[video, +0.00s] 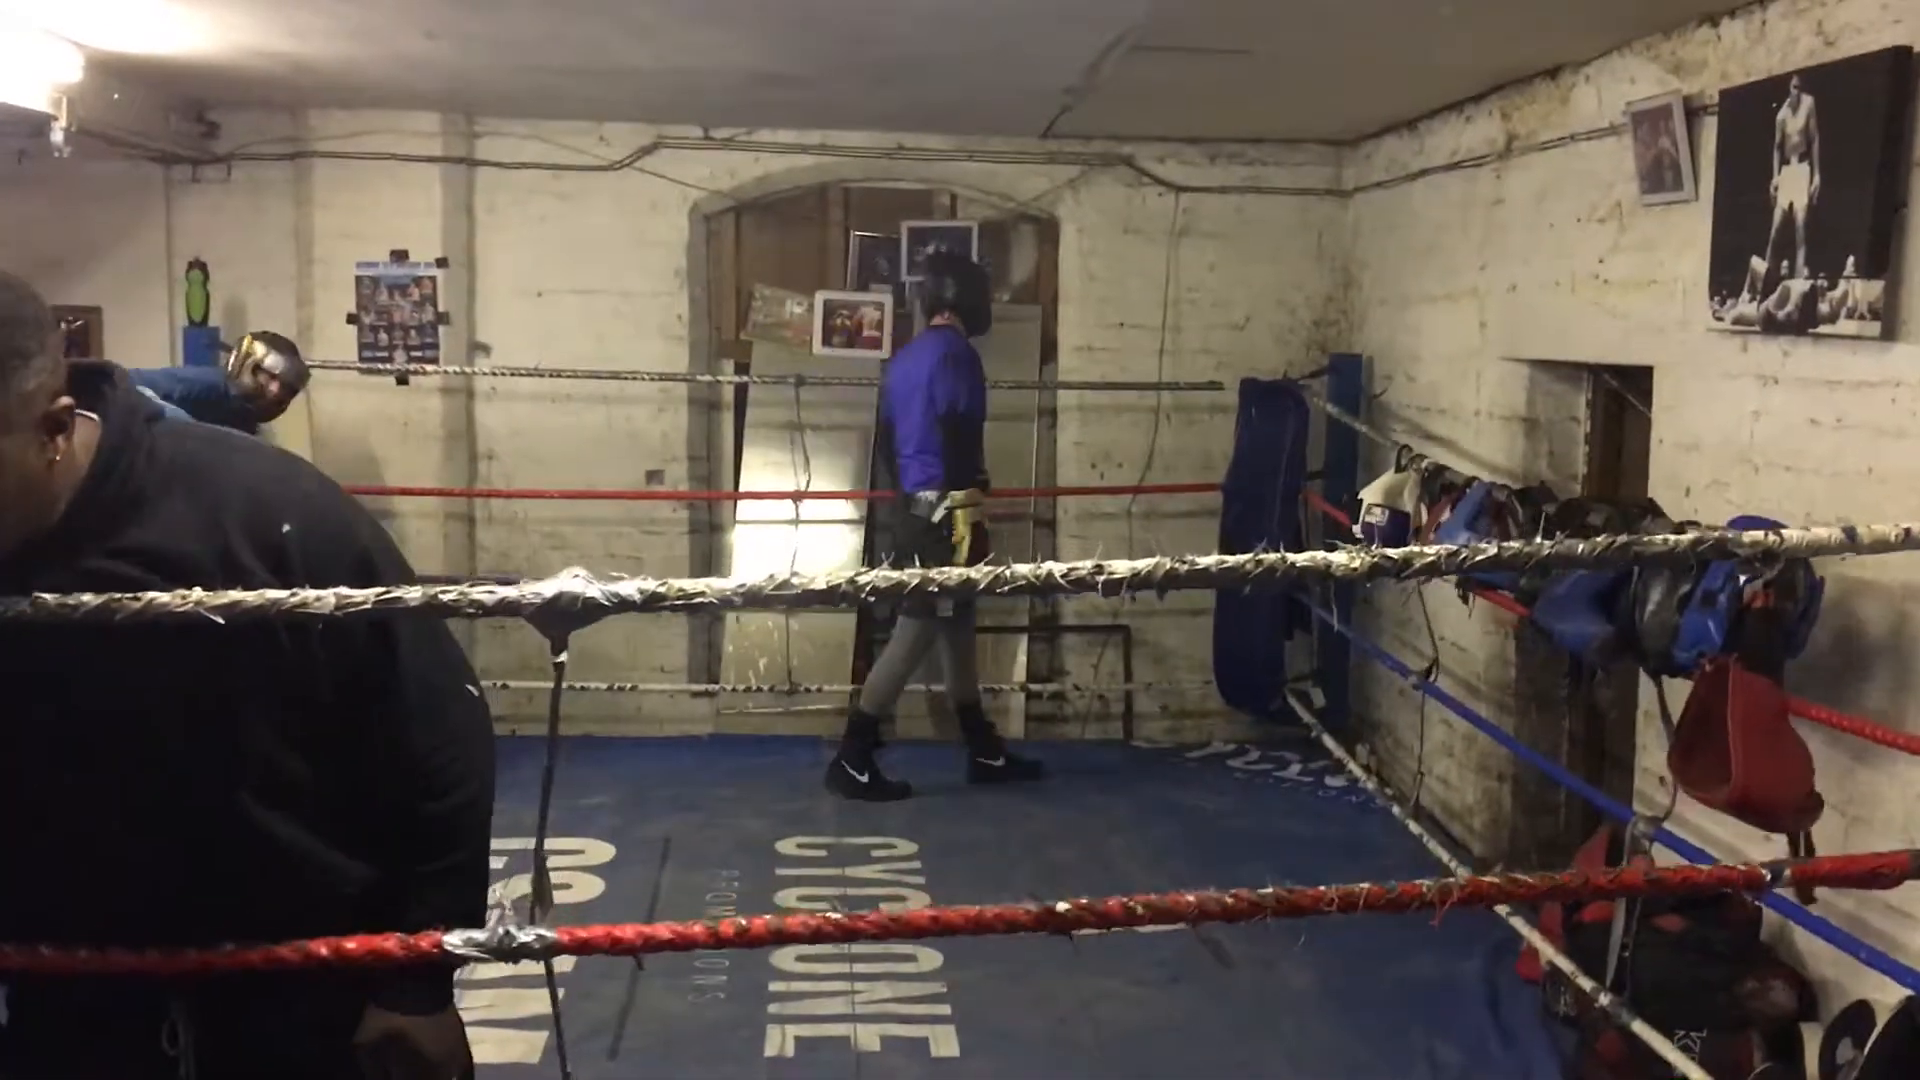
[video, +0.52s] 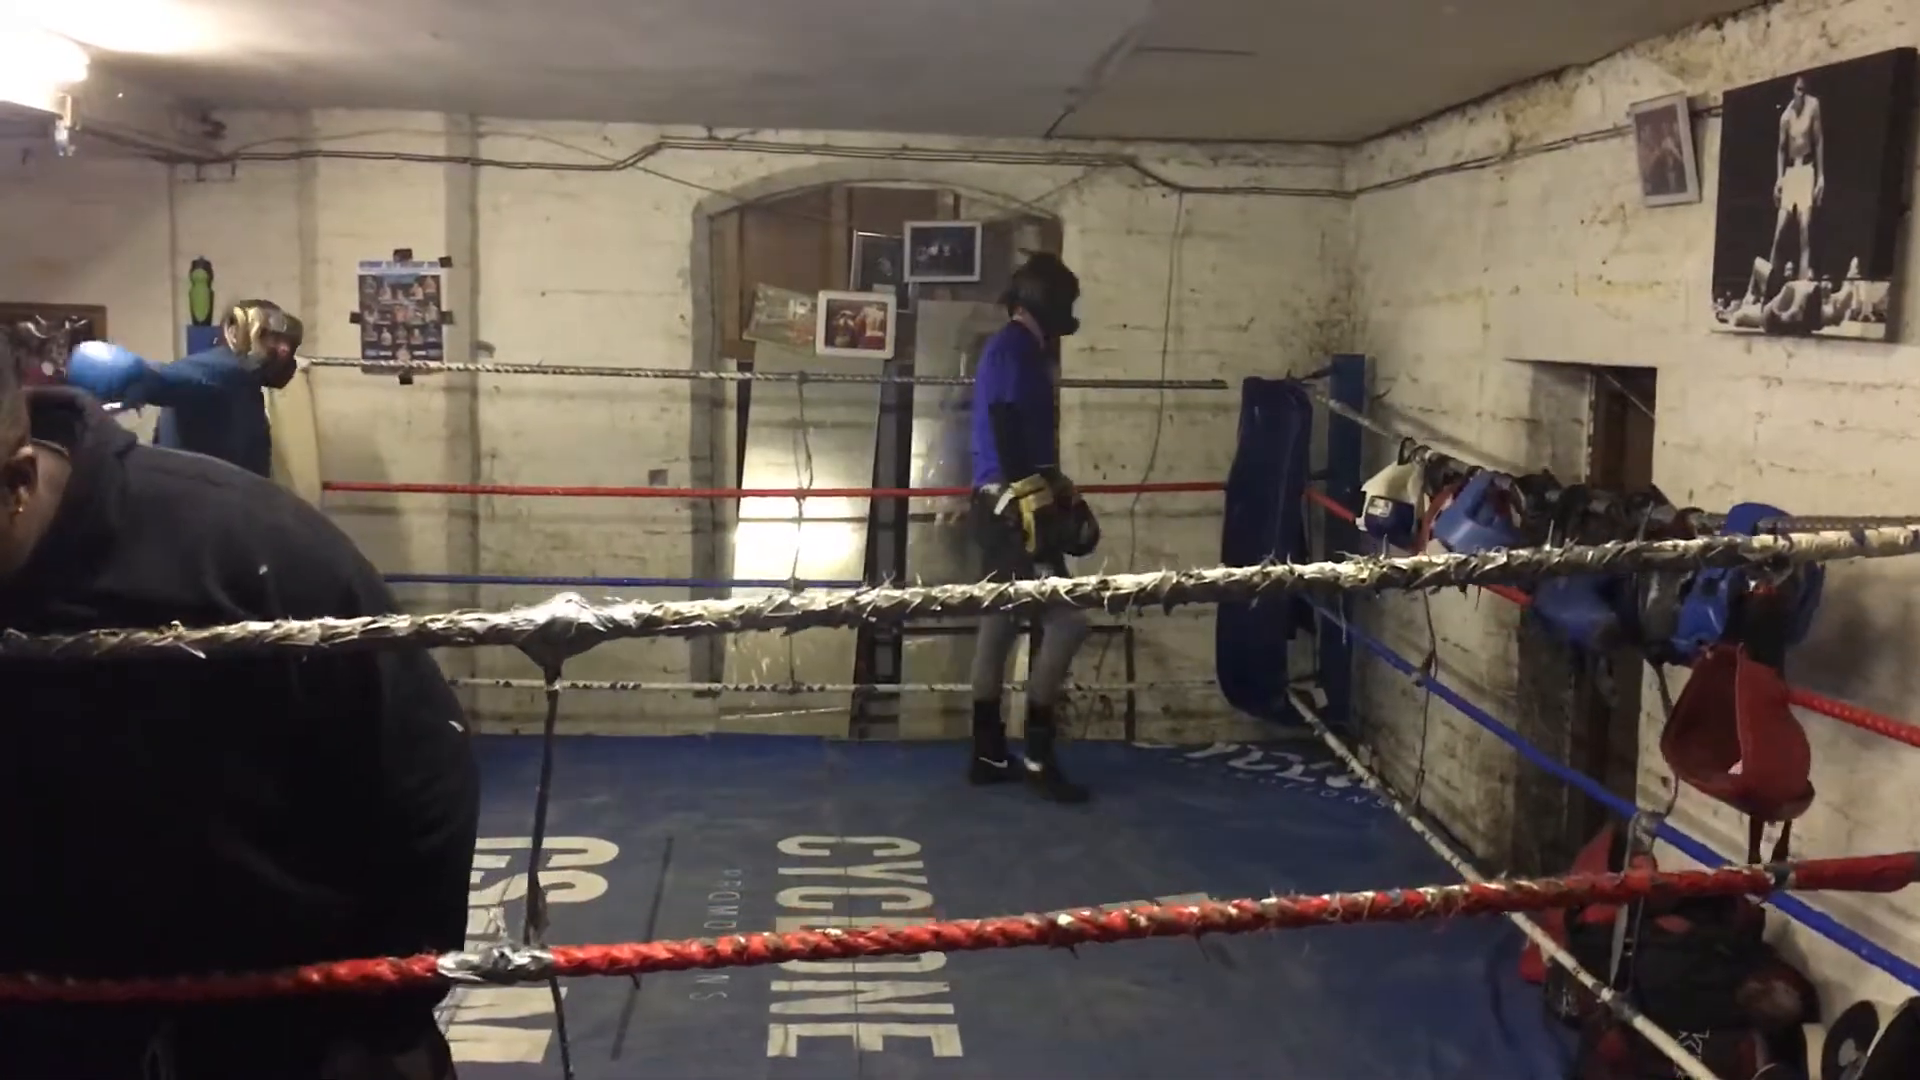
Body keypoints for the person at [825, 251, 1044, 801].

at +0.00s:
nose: (991, 308)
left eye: (988, 296)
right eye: (986, 297)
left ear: (933, 304)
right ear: (964, 302)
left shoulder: (900, 361)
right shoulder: (958, 356)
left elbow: (889, 448)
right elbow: (961, 438)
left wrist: (900, 505)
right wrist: (971, 510)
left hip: (913, 509)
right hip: (941, 511)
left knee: (958, 633)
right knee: (912, 638)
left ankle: (984, 752)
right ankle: (853, 759)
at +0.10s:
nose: (1010, 305)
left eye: (1006, 293)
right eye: (1004, 294)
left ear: (956, 299)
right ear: (986, 298)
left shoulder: (934, 352)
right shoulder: (972, 348)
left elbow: (912, 430)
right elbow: (968, 425)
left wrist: (924, 492)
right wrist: (978, 502)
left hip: (942, 504)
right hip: (968, 506)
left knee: (977, 628)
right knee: (962, 628)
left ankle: (987, 751)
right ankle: (876, 736)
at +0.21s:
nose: (1026, 310)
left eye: (1023, 299)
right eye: (1020, 300)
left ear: (971, 303)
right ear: (1001, 303)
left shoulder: (951, 350)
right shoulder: (984, 349)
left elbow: (929, 419)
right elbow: (979, 421)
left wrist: (941, 484)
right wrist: (995, 494)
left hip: (952, 501)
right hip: (981, 503)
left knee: (976, 629)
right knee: (993, 633)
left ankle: (987, 751)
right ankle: (902, 725)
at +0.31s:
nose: (1039, 310)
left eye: (1037, 299)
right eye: (1035, 299)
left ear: (992, 299)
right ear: (1014, 301)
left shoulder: (972, 351)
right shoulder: (996, 352)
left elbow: (939, 405)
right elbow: (988, 421)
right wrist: (1014, 498)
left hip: (973, 499)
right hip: (996, 503)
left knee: (983, 622)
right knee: (1032, 628)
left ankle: (989, 749)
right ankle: (937, 721)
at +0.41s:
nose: (1055, 310)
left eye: (1053, 299)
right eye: (1050, 298)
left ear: (1007, 297)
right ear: (1031, 298)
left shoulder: (1005, 349)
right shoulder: (1001, 348)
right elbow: (1001, 430)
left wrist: (1055, 499)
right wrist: (1024, 502)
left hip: (994, 500)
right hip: (999, 502)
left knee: (992, 621)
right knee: (1047, 626)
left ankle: (988, 745)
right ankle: (986, 729)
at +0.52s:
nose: (1071, 315)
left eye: (1072, 304)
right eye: (1066, 303)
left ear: (1031, 299)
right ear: (1041, 300)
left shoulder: (1031, 353)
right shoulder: (1009, 347)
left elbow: (1038, 439)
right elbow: (1004, 424)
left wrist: (1065, 497)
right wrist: (1029, 496)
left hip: (1011, 502)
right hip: (1008, 503)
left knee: (997, 624)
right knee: (1067, 621)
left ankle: (988, 754)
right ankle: (1037, 753)